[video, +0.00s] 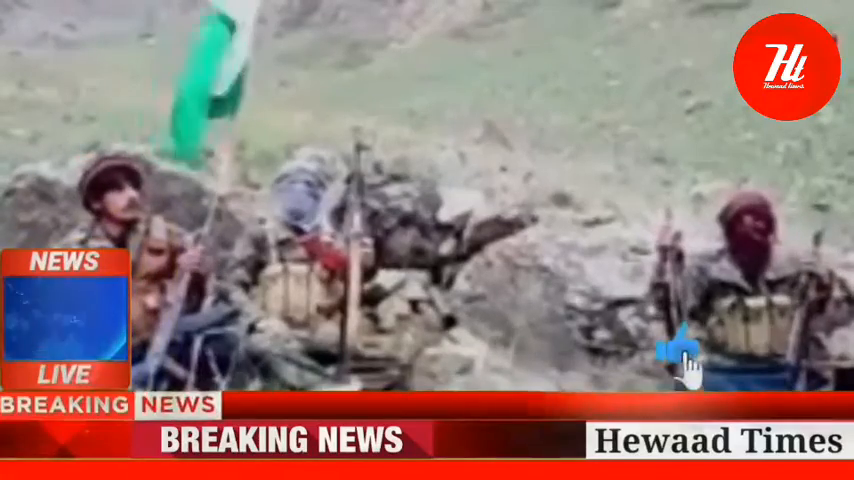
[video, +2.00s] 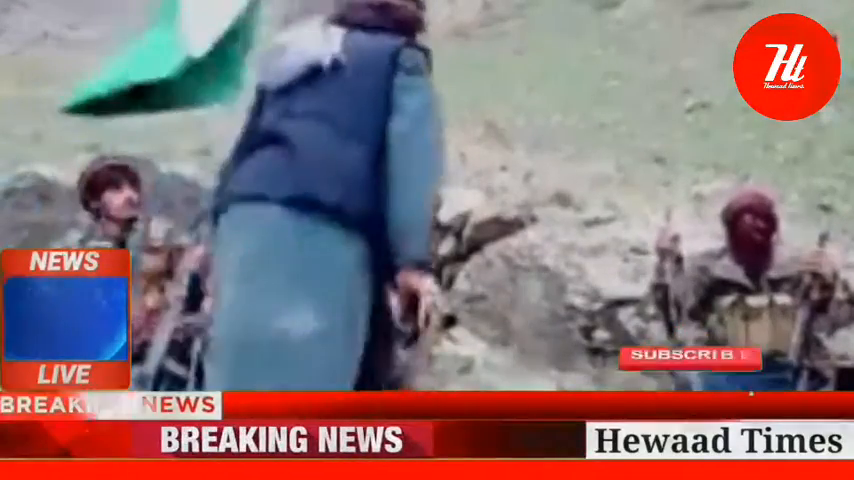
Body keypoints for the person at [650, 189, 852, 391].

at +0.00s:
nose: (756, 225)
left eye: (762, 218)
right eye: (746, 217)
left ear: (772, 227)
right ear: (730, 226)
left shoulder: (795, 271)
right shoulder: (704, 269)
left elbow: (844, 310)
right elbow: (672, 311)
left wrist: (825, 296)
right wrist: (667, 266)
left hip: (783, 375)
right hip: (721, 375)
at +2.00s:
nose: (759, 225)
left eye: (766, 218)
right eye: (750, 216)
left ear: (774, 227)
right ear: (731, 224)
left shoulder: (796, 270)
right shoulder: (704, 268)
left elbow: (826, 323)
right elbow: (674, 317)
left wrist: (828, 286)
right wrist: (667, 264)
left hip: (786, 372)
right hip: (723, 372)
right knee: (687, 374)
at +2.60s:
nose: (763, 226)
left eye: (768, 220)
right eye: (754, 217)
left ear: (774, 227)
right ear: (732, 223)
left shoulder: (795, 270)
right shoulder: (703, 269)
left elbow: (832, 319)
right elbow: (676, 313)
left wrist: (828, 290)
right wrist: (667, 269)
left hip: (787, 374)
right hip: (720, 375)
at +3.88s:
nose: (753, 225)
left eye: (762, 217)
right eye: (743, 218)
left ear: (774, 227)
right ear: (732, 227)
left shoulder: (795, 269)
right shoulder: (706, 268)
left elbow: (829, 318)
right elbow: (677, 312)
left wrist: (829, 286)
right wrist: (666, 270)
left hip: (785, 376)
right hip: (723, 376)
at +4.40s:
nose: (758, 238)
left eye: (766, 228)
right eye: (748, 229)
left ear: (775, 231)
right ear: (733, 233)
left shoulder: (796, 272)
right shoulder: (706, 272)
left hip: (784, 374)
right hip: (723, 375)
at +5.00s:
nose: (746, 232)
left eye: (750, 224)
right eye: (734, 225)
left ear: (759, 229)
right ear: (714, 233)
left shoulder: (783, 272)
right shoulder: (687, 277)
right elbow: (675, 336)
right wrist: (725, 367)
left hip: (782, 368)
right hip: (722, 373)